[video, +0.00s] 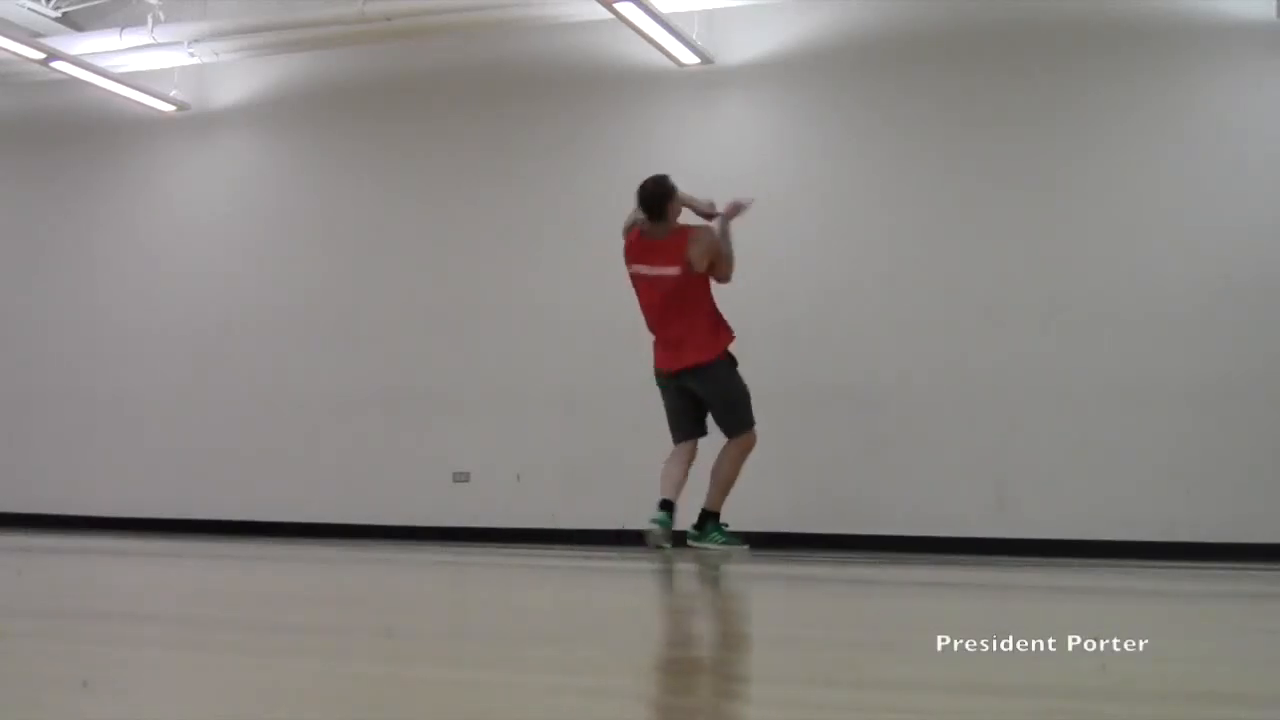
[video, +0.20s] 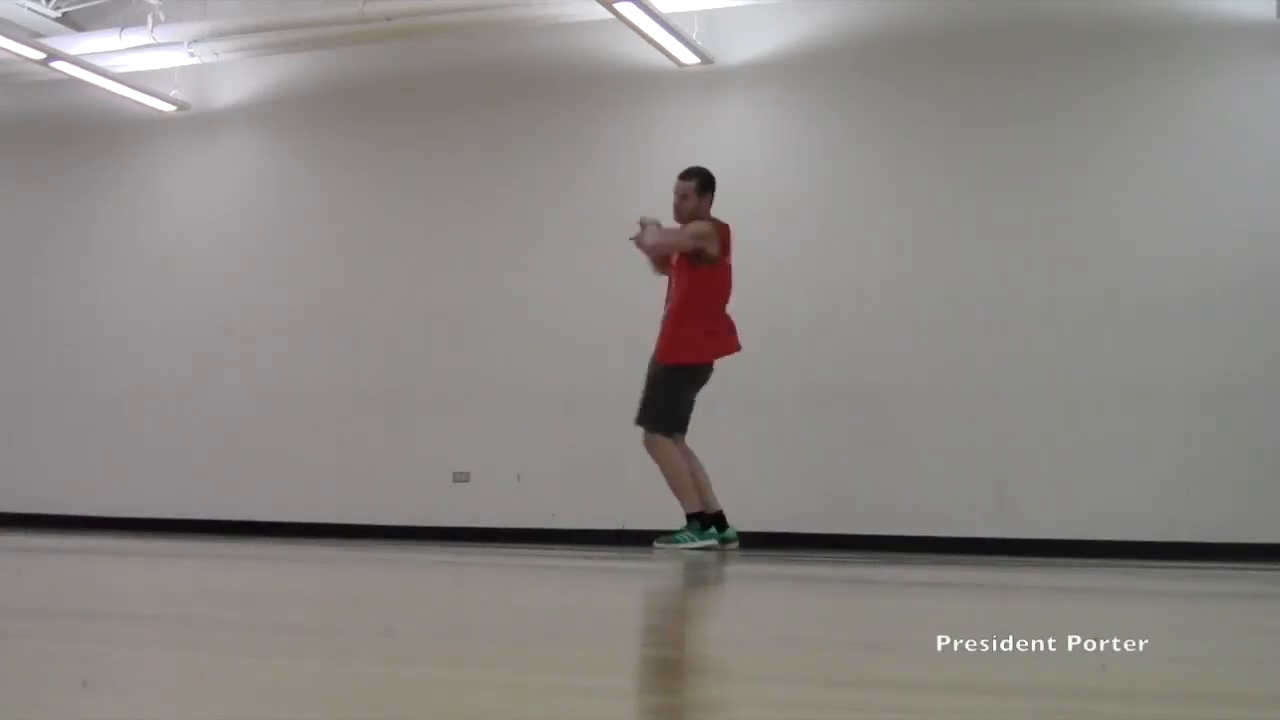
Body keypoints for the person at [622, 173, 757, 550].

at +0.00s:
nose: (679, 203)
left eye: (674, 197)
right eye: (675, 199)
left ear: (643, 209)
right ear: (673, 207)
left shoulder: (632, 238)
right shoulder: (698, 239)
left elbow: (659, 199)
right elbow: (724, 273)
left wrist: (699, 206)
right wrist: (724, 224)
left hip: (667, 363)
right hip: (708, 360)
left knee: (685, 442)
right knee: (742, 436)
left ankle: (663, 515)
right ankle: (708, 524)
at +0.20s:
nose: (677, 201)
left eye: (685, 195)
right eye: (676, 194)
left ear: (705, 198)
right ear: (680, 198)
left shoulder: (707, 231)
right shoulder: (695, 235)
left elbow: (654, 244)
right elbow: (663, 264)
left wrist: (649, 227)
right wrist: (650, 238)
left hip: (683, 352)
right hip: (689, 352)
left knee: (656, 439)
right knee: (672, 440)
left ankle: (698, 524)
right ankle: (716, 523)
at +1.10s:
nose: (704, 208)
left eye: (711, 200)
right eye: (698, 202)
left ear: (727, 199)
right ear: (691, 201)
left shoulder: (747, 229)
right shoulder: (685, 226)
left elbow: (732, 232)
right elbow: (639, 241)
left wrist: (695, 208)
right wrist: (653, 246)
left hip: (729, 346)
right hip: (685, 336)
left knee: (725, 426)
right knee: (670, 389)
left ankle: (709, 521)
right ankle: (653, 472)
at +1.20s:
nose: (702, 205)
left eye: (710, 198)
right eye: (696, 199)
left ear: (727, 199)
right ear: (690, 200)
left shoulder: (745, 228)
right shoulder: (681, 233)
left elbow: (716, 224)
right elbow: (662, 281)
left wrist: (680, 207)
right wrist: (682, 251)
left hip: (736, 345)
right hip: (696, 338)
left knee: (729, 431)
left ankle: (710, 520)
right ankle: (671, 418)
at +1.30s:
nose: (704, 198)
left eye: (711, 191)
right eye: (697, 192)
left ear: (728, 191)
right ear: (691, 193)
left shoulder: (749, 220)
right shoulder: (679, 228)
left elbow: (739, 226)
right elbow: (664, 283)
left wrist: (690, 215)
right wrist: (683, 253)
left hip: (734, 340)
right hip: (690, 331)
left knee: (730, 430)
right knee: (707, 308)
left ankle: (710, 520)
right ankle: (691, 386)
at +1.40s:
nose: (704, 178)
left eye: (711, 171)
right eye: (698, 172)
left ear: (727, 170)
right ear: (692, 173)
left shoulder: (750, 197)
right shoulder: (682, 203)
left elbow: (750, 234)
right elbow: (665, 242)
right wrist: (659, 281)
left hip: (738, 321)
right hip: (694, 311)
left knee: (728, 424)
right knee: (703, 346)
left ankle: (710, 519)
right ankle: (692, 409)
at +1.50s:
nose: (705, 175)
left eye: (713, 167)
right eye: (700, 168)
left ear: (729, 166)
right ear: (692, 170)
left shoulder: (758, 203)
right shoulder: (679, 208)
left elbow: (782, 264)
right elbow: (666, 268)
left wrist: (783, 324)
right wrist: (669, 317)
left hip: (741, 325)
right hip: (695, 319)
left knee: (735, 426)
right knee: (696, 374)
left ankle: (720, 516)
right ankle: (691, 474)